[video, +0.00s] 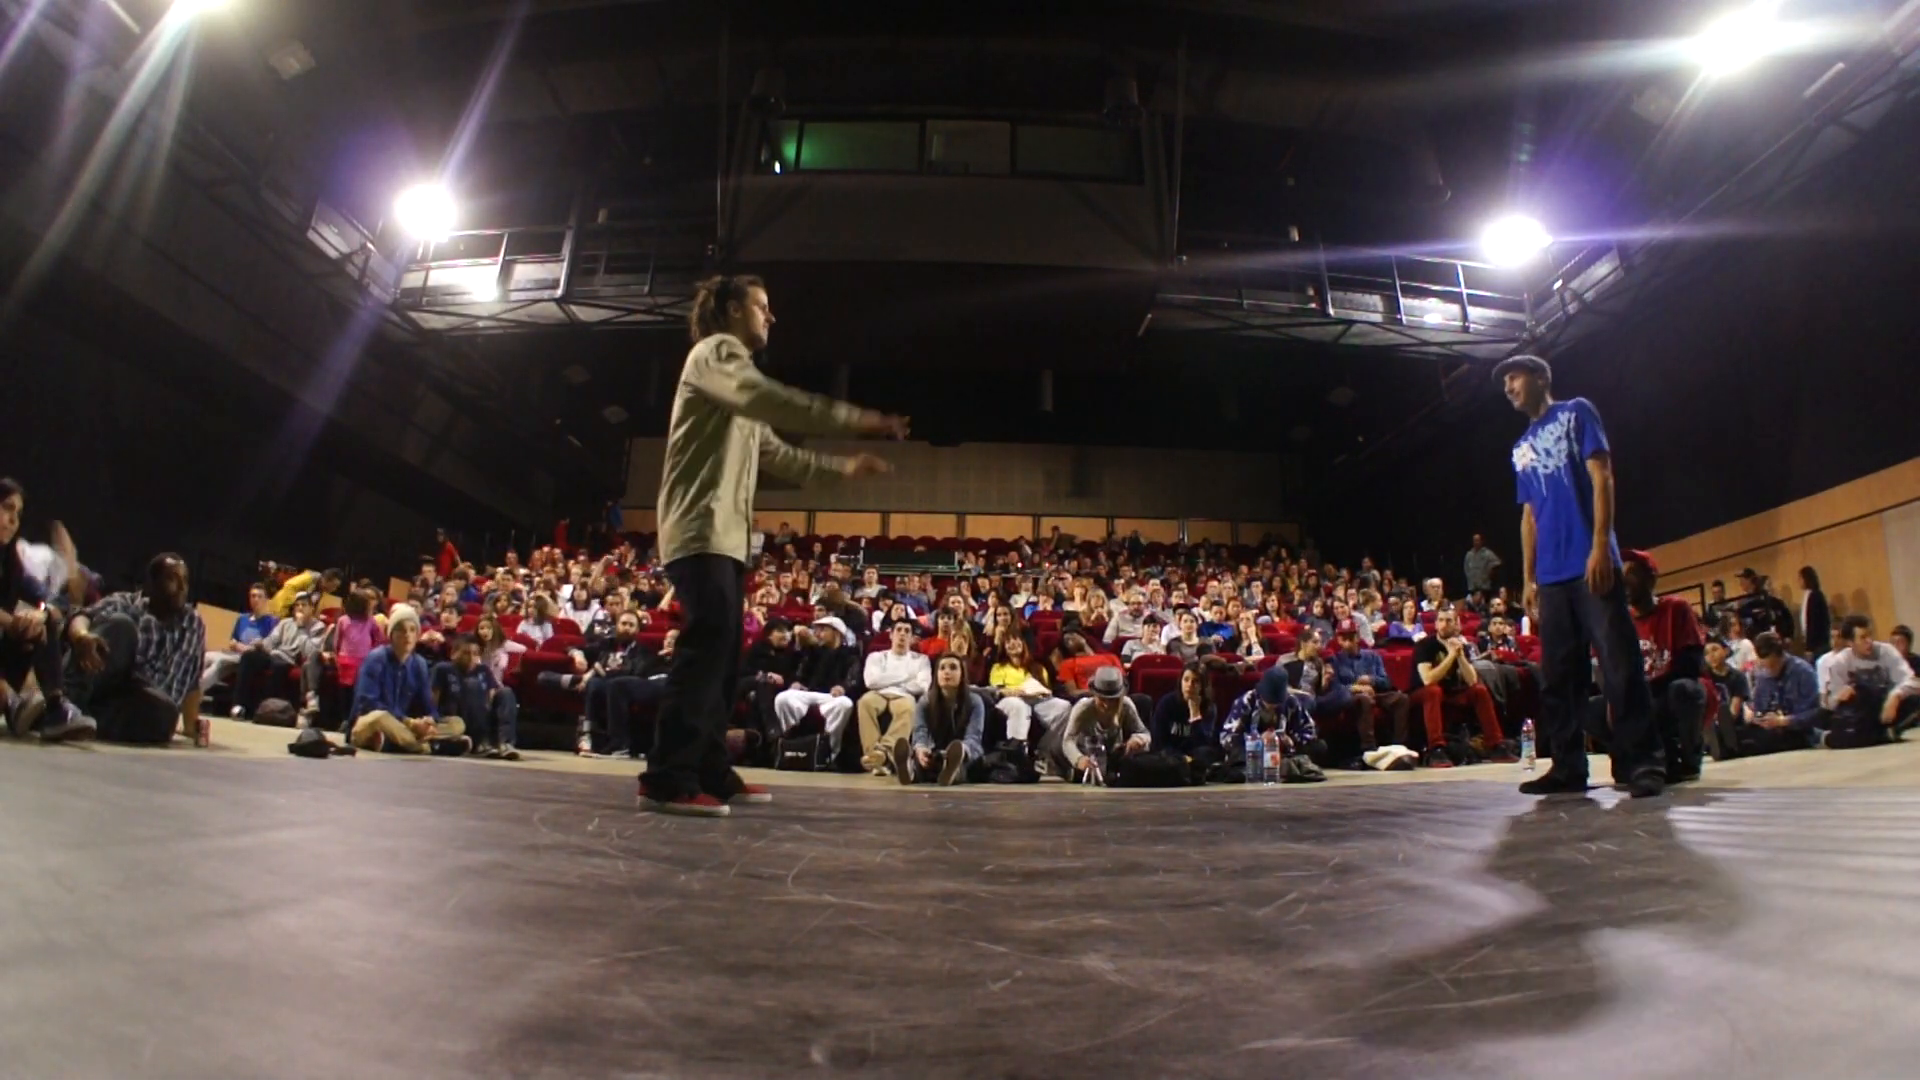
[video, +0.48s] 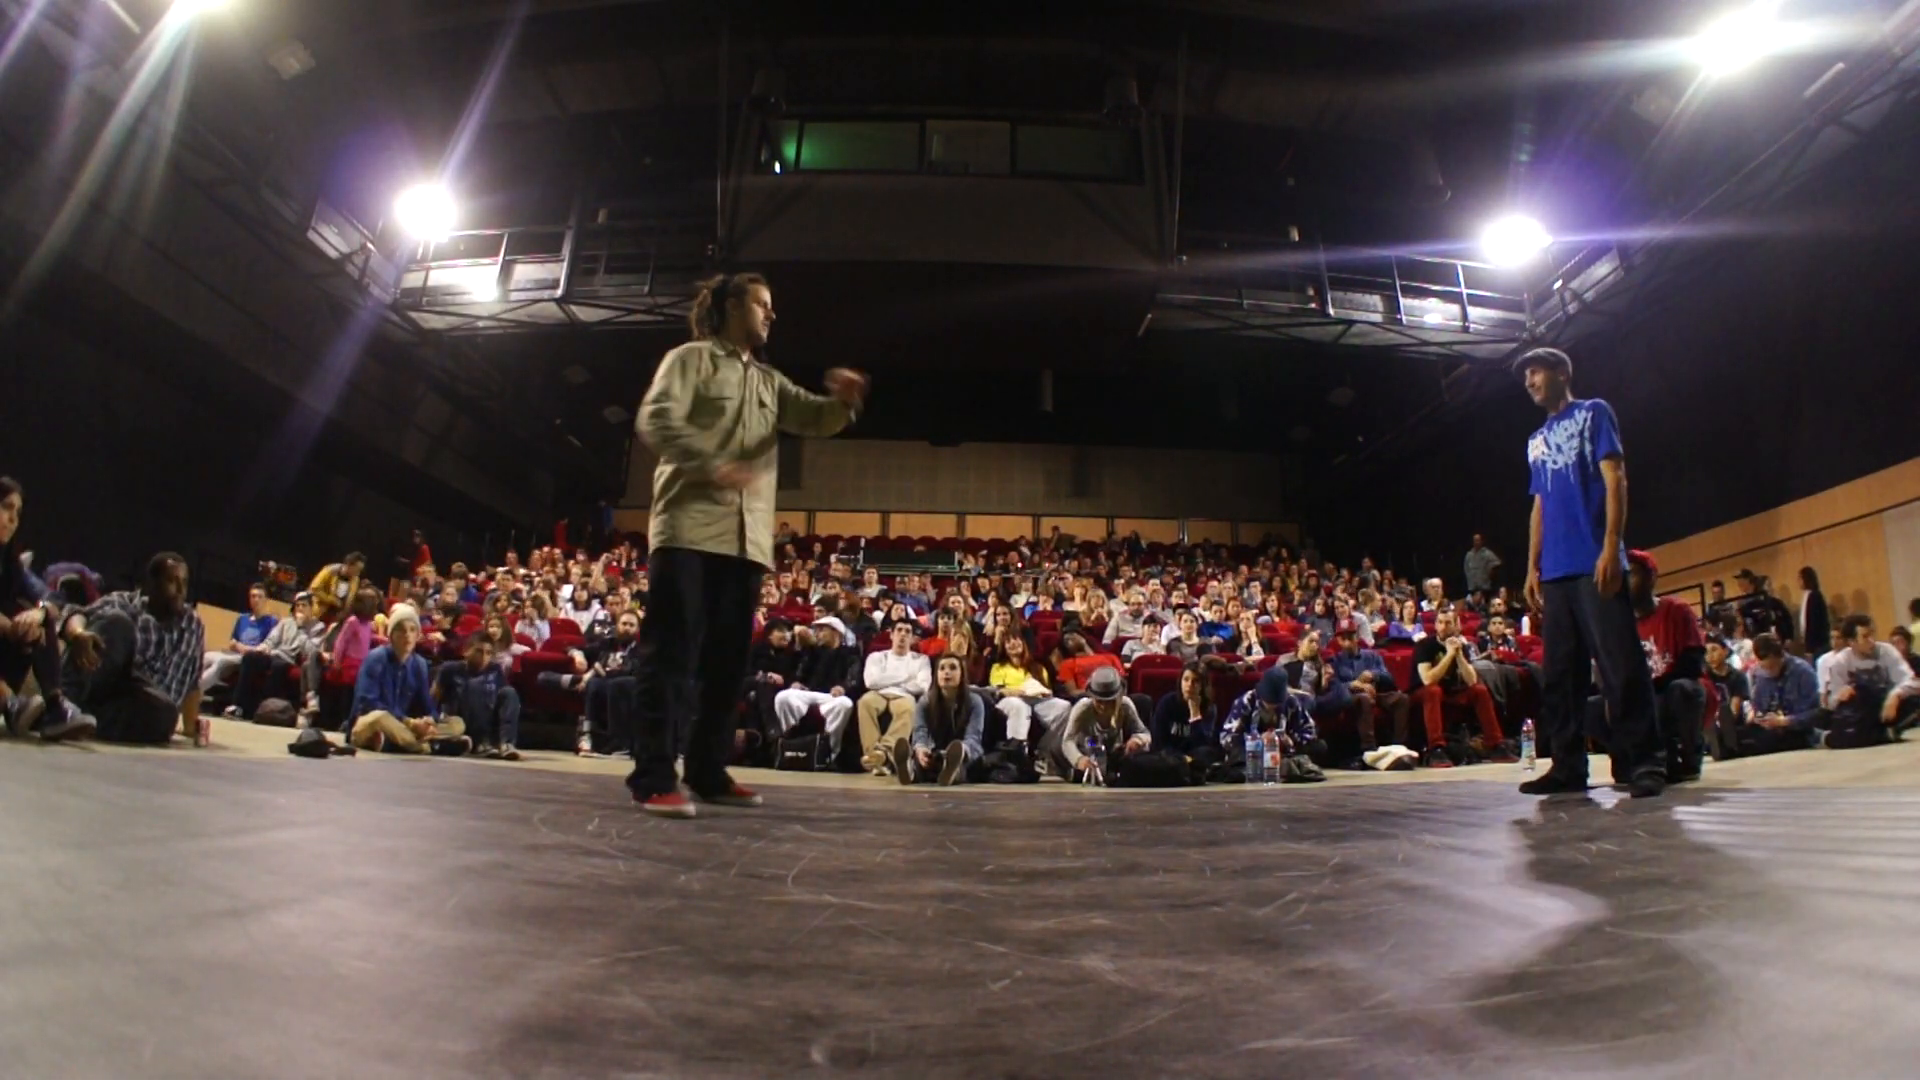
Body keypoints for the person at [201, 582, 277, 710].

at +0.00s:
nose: (255, 600)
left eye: (259, 596)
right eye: (253, 596)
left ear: (266, 599)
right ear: (249, 599)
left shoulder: (271, 621)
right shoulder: (242, 619)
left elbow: (268, 645)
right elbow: (233, 641)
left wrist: (244, 647)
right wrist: (239, 646)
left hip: (254, 656)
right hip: (235, 653)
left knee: (221, 661)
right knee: (207, 656)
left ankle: (195, 692)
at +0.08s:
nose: (255, 600)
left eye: (259, 596)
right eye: (253, 596)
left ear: (265, 599)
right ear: (249, 598)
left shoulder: (271, 621)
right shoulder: (242, 619)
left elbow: (266, 646)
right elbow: (233, 641)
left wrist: (244, 648)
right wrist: (239, 647)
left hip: (252, 655)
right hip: (235, 652)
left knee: (221, 661)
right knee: (207, 656)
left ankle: (196, 691)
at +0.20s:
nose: (256, 600)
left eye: (259, 596)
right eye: (253, 596)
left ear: (265, 599)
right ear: (249, 598)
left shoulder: (271, 622)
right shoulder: (242, 619)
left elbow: (267, 646)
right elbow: (233, 641)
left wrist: (242, 647)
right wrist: (238, 648)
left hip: (253, 655)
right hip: (235, 652)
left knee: (222, 661)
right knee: (208, 656)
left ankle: (196, 690)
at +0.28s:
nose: (256, 600)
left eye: (260, 597)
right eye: (253, 596)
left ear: (265, 599)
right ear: (249, 598)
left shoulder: (271, 622)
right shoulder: (242, 619)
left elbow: (266, 647)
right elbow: (233, 641)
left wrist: (242, 647)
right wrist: (240, 647)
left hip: (252, 655)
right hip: (235, 652)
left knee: (222, 662)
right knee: (207, 656)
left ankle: (196, 690)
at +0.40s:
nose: (256, 600)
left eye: (260, 597)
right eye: (253, 596)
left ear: (266, 599)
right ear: (249, 598)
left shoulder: (271, 622)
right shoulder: (242, 619)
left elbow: (266, 647)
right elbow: (233, 642)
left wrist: (241, 647)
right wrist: (243, 648)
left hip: (253, 656)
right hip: (236, 653)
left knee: (222, 662)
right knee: (207, 657)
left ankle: (195, 690)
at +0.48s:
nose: (256, 600)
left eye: (260, 597)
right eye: (253, 596)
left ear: (266, 600)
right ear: (249, 599)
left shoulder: (271, 622)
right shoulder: (242, 619)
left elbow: (266, 647)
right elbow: (233, 642)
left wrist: (240, 646)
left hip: (253, 655)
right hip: (235, 653)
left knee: (222, 662)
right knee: (207, 657)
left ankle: (196, 689)